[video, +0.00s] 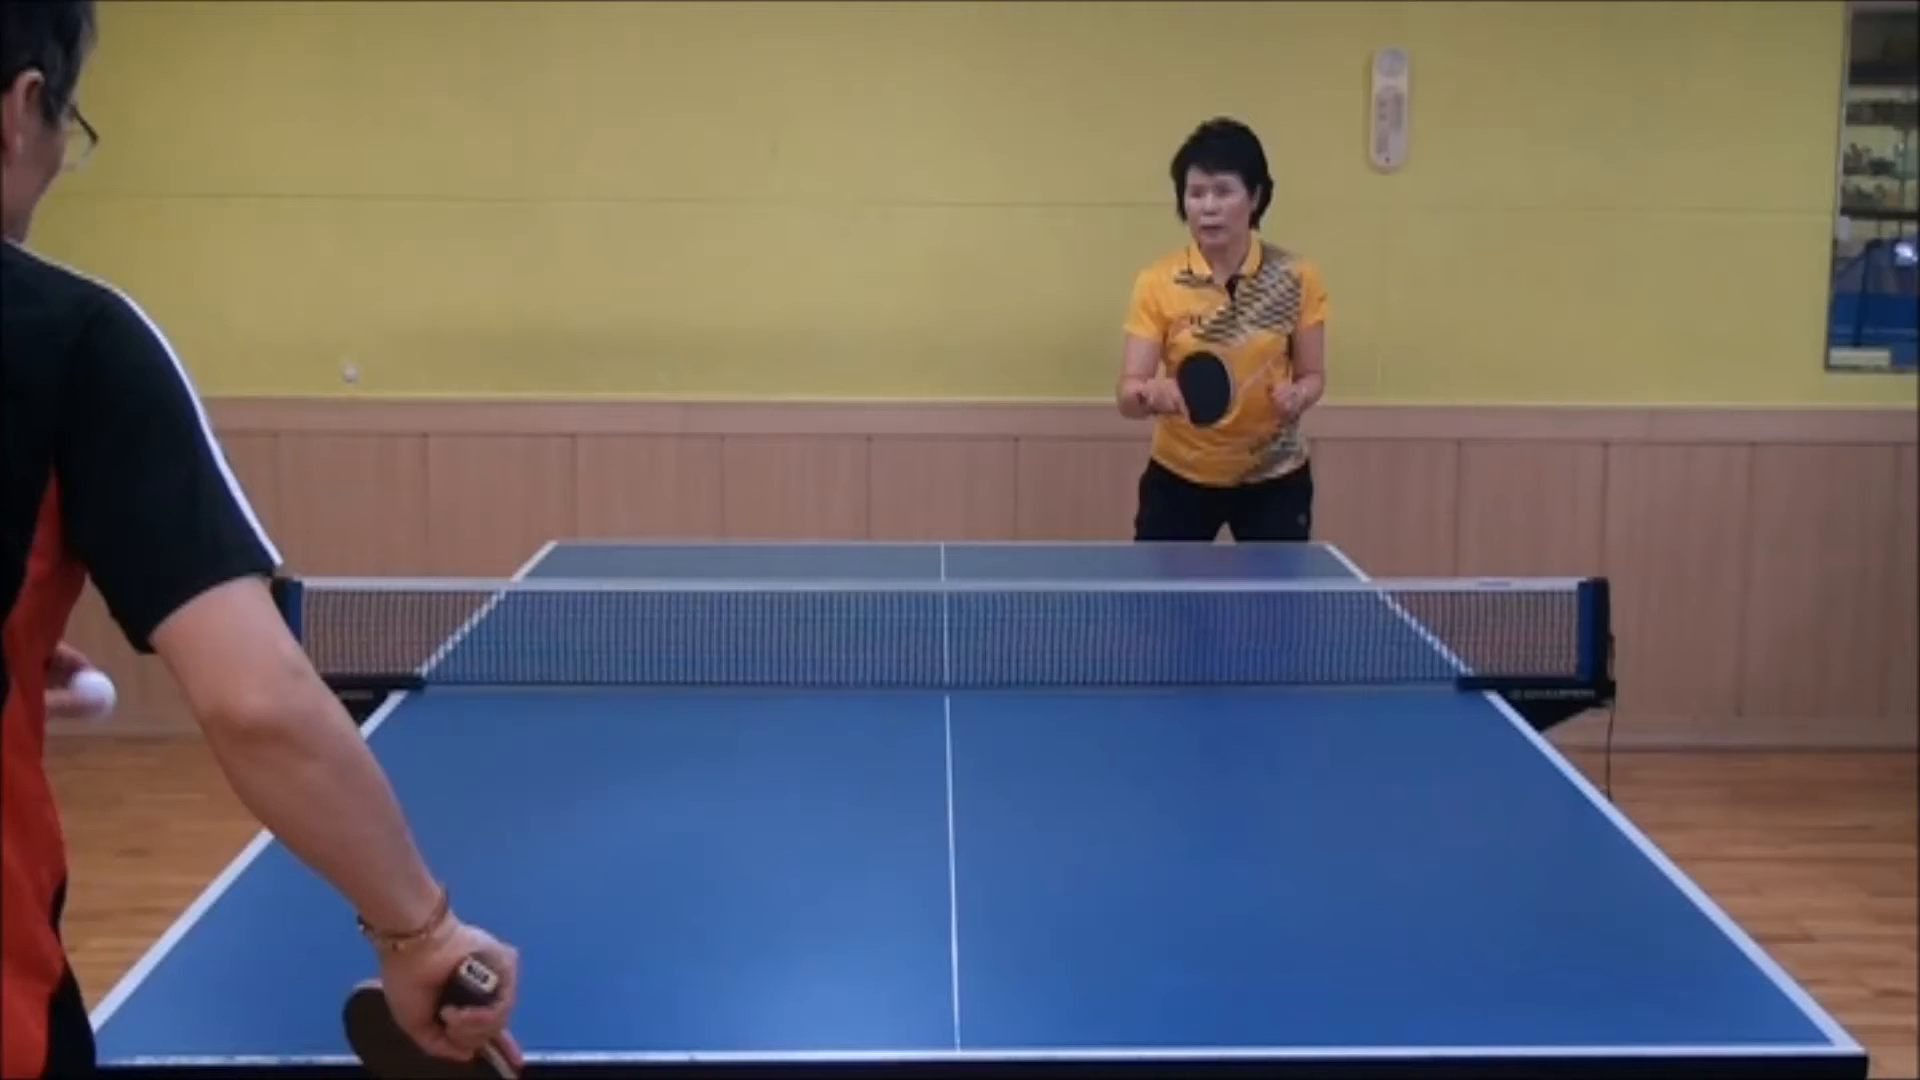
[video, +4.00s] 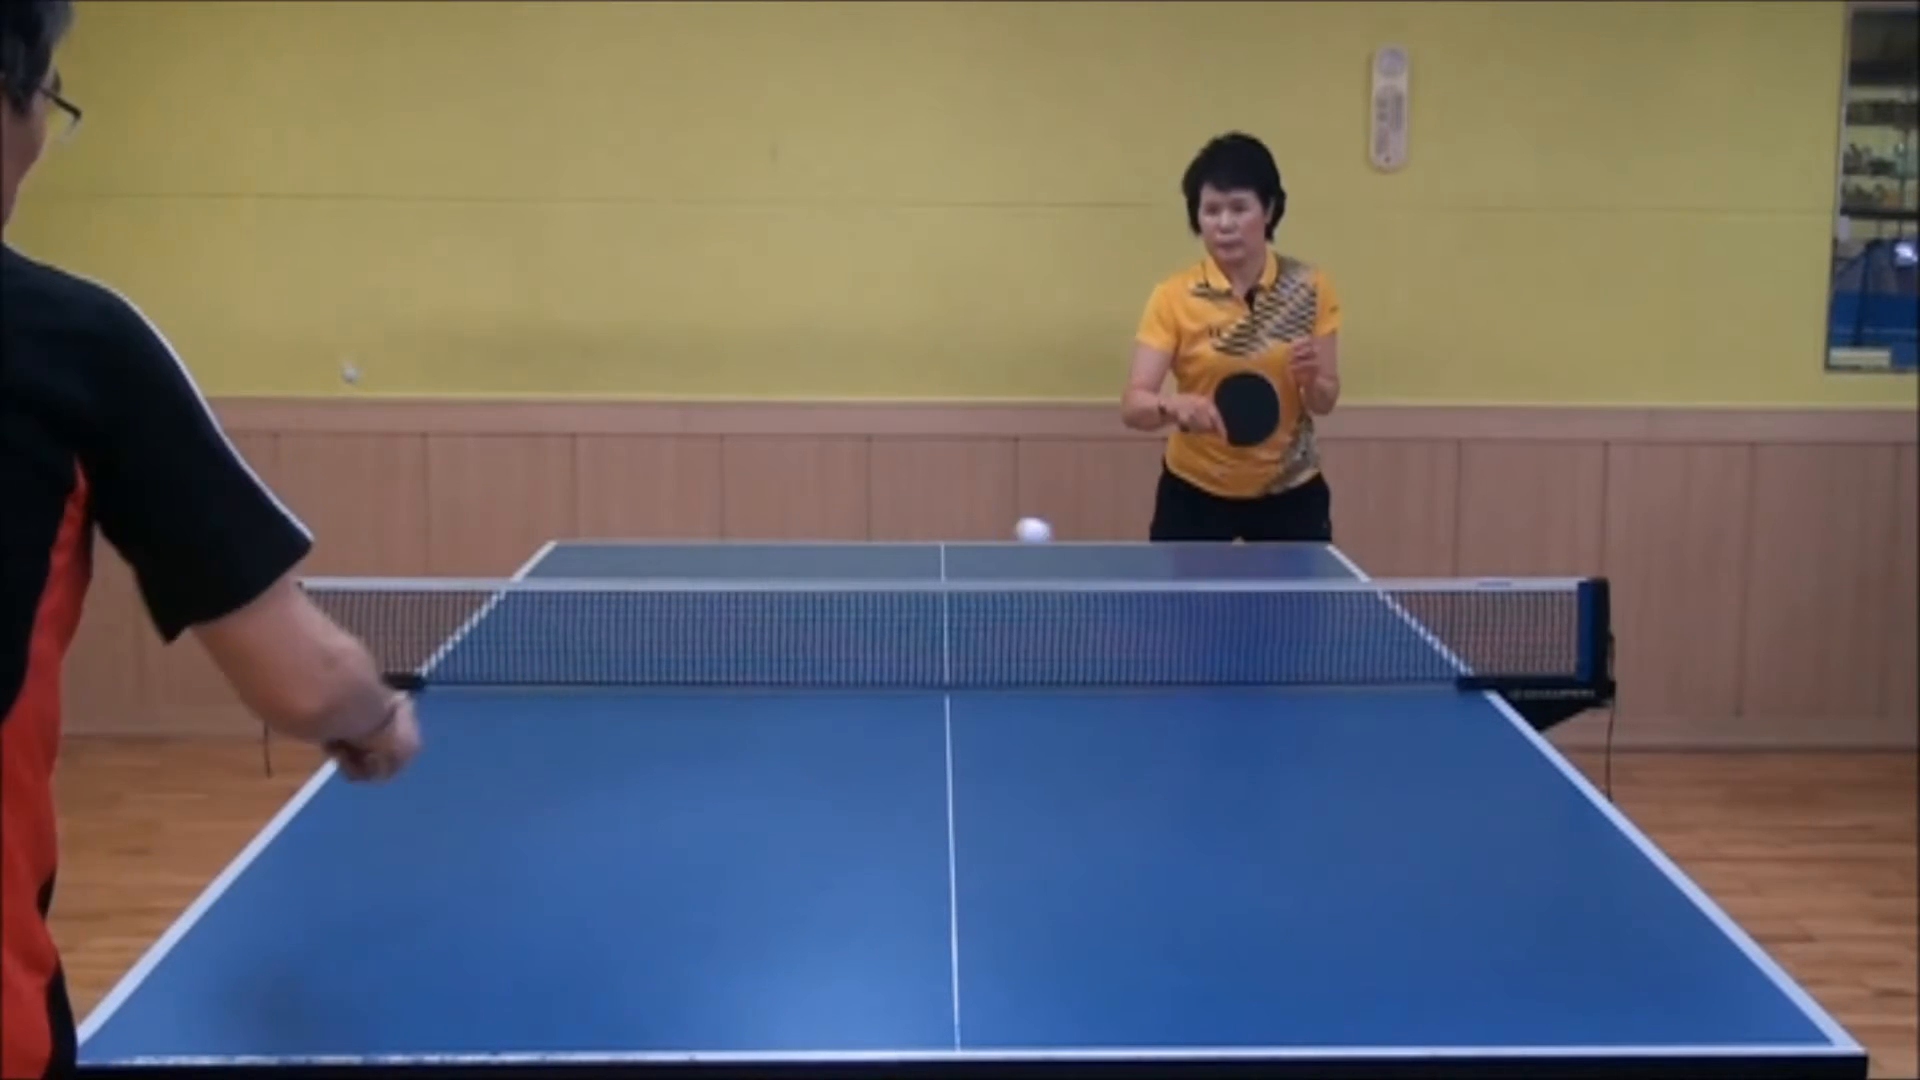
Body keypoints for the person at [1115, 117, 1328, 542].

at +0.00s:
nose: (1209, 207)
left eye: (1224, 191)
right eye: (1197, 192)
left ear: (1256, 198)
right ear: (1181, 201)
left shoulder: (1297, 282)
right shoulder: (1157, 284)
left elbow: (1312, 375)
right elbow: (1129, 395)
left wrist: (1296, 396)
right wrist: (1152, 394)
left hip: (1272, 483)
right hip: (1180, 481)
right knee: (1152, 599)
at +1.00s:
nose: (1287, 257)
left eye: (1302, 240)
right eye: (1273, 242)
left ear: (1329, 238)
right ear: (1255, 246)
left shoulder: (1363, 315)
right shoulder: (1232, 322)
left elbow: (1372, 399)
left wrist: (1371, 394)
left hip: (1327, 507)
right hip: (1236, 508)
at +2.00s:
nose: (1262, 212)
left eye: (1278, 197)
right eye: (1250, 197)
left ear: (1310, 205)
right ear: (1235, 205)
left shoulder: (1345, 290)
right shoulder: (1206, 291)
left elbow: (1357, 389)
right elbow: (1167, 404)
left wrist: (1367, 398)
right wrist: (1202, 395)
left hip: (1310, 488)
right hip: (1218, 484)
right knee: (1203, 604)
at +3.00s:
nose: (1190, 200)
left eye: (1205, 185)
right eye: (1178, 186)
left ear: (1235, 193)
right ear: (1162, 196)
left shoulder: (1271, 277)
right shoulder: (1135, 278)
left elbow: (1277, 371)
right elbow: (1111, 392)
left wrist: (1281, 385)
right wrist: (1139, 388)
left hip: (1243, 481)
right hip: (1152, 478)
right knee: (1136, 599)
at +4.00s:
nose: (1225, 224)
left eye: (1240, 209)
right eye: (1212, 210)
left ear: (1269, 212)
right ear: (1196, 218)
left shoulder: (1310, 291)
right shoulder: (1173, 299)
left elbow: (1324, 404)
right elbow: (1134, 406)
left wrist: (1310, 379)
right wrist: (1173, 406)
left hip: (1288, 496)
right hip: (1195, 496)